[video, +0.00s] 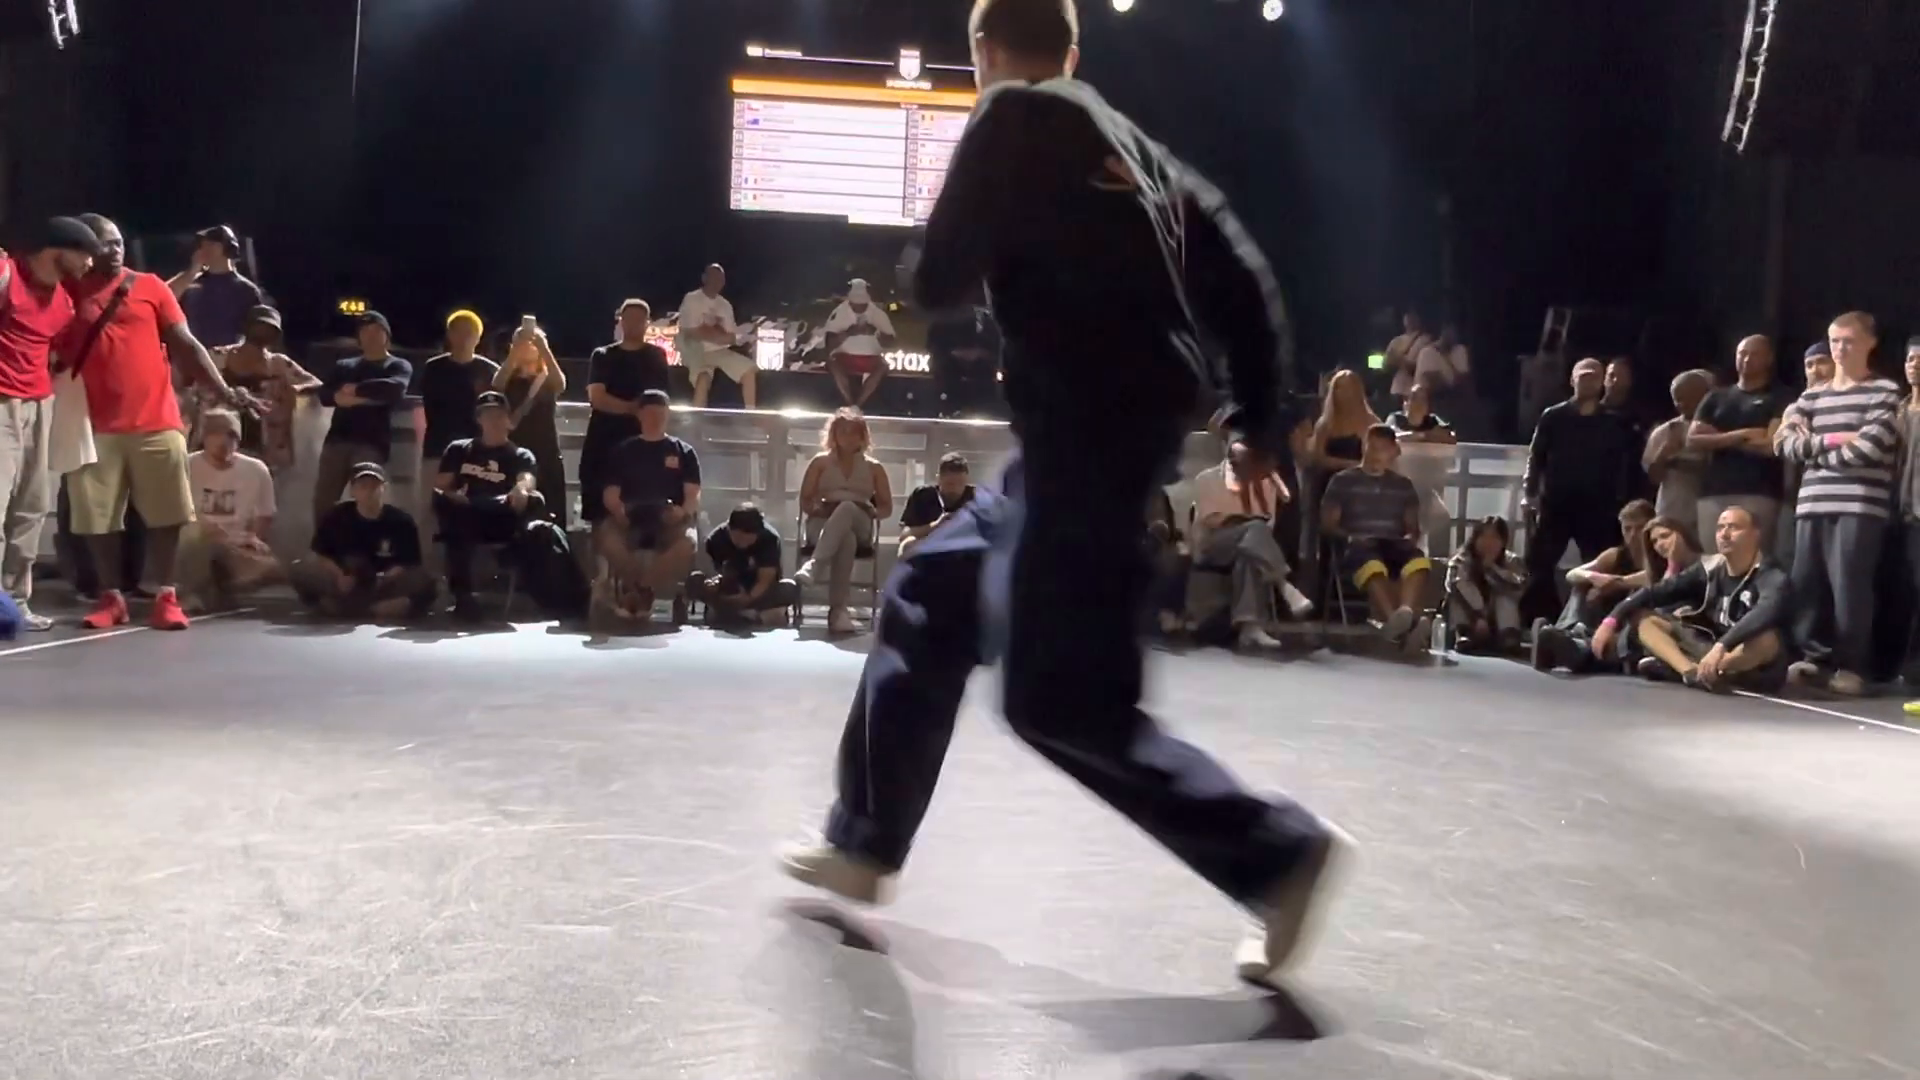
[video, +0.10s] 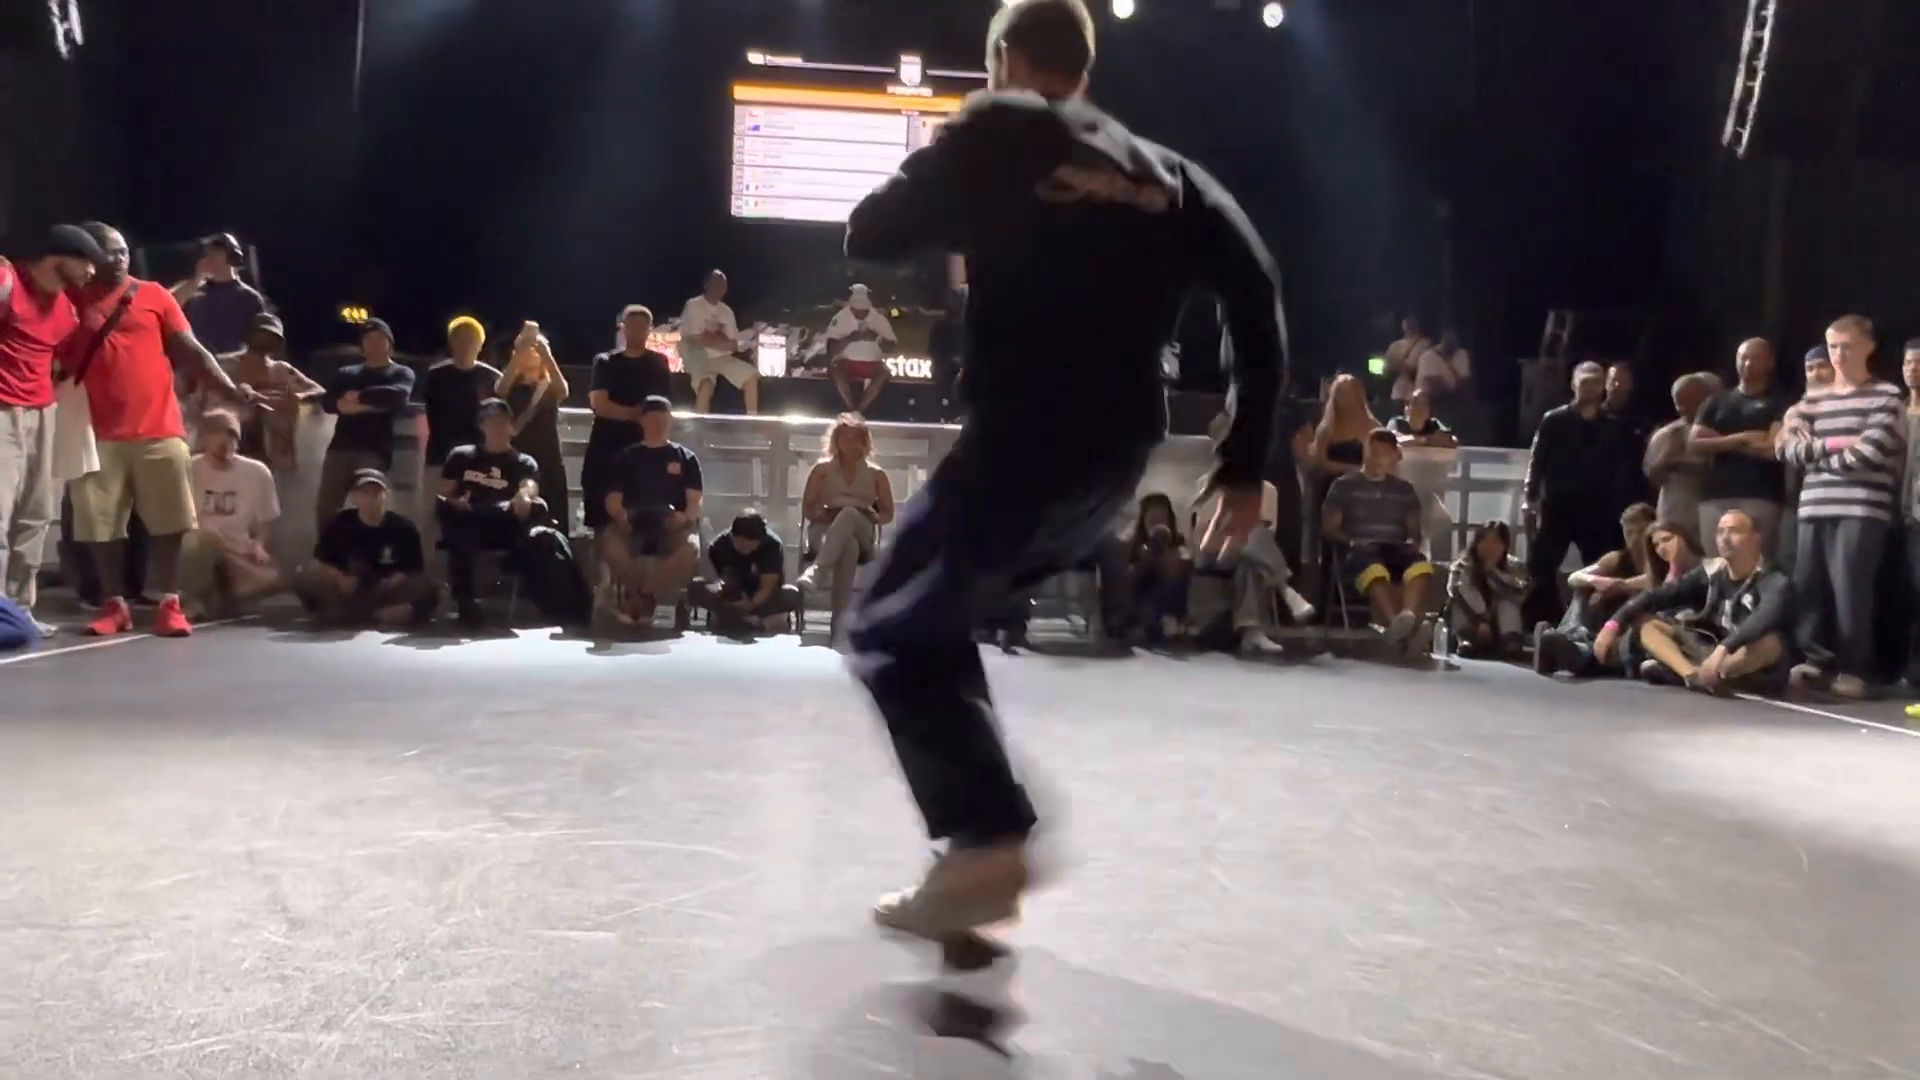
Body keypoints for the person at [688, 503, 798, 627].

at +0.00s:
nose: (741, 542)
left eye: (747, 538)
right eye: (738, 537)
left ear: (756, 533)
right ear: (731, 529)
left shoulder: (769, 539)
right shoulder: (714, 541)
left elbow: (766, 579)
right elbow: (722, 573)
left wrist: (748, 598)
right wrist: (715, 582)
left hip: (760, 584)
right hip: (731, 585)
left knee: (790, 588)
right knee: (695, 582)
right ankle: (756, 616)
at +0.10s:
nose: (744, 548)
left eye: (750, 544)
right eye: (740, 543)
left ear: (759, 539)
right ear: (733, 536)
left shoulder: (772, 545)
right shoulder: (717, 547)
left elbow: (768, 585)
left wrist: (751, 604)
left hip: (761, 591)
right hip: (732, 592)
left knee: (791, 593)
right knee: (696, 588)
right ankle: (751, 621)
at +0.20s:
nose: (747, 555)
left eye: (753, 551)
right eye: (743, 550)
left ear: (762, 546)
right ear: (736, 542)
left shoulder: (775, 551)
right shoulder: (720, 553)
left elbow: (771, 592)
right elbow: (727, 584)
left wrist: (755, 611)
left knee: (792, 598)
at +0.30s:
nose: (749, 558)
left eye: (754, 554)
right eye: (745, 553)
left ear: (763, 547)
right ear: (737, 545)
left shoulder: (775, 553)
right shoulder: (720, 555)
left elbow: (772, 594)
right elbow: (730, 589)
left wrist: (754, 613)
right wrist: (721, 597)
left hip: (766, 597)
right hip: (738, 600)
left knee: (796, 602)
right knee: (701, 597)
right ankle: (761, 630)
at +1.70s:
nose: (760, 554)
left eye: (765, 550)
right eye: (756, 549)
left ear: (774, 544)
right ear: (748, 542)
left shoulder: (787, 552)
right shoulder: (733, 554)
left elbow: (785, 592)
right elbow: (743, 586)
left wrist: (767, 612)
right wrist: (736, 595)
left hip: (777, 597)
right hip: (749, 599)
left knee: (809, 601)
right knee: (713, 595)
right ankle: (774, 629)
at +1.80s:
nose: (761, 553)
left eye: (767, 548)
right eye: (757, 548)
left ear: (775, 543)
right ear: (749, 541)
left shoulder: (788, 551)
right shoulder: (734, 553)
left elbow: (785, 592)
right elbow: (744, 586)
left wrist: (769, 610)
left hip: (778, 597)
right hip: (750, 598)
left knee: (810, 599)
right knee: (715, 593)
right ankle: (776, 627)